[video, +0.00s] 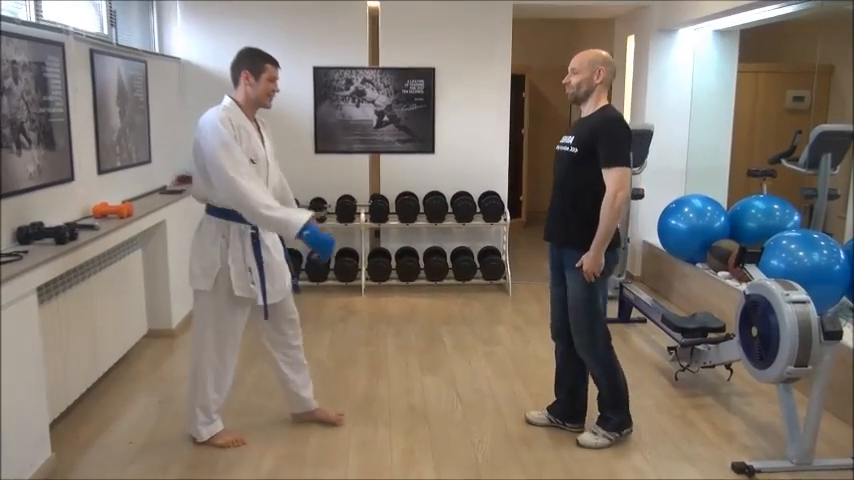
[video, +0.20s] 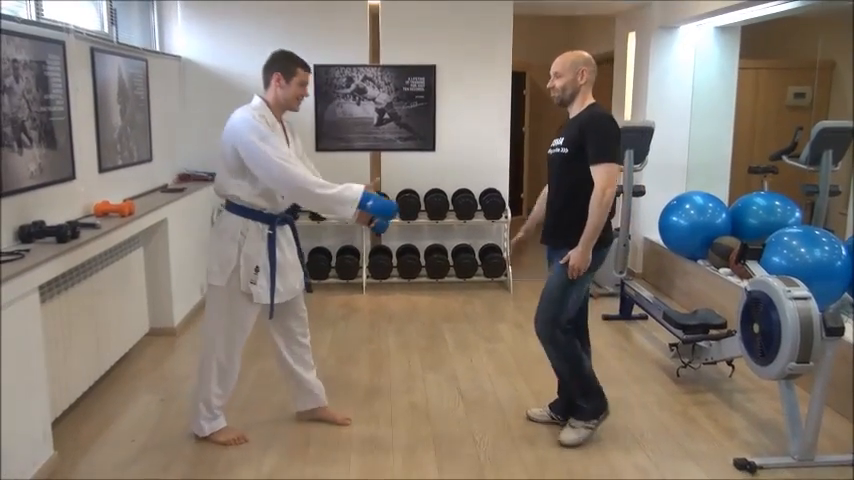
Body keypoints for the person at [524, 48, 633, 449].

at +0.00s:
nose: (566, 79)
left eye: (573, 72)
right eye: (567, 73)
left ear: (599, 75)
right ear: (592, 77)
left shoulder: (610, 123)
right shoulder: (582, 123)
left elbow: (618, 192)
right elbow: (576, 185)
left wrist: (597, 250)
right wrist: (560, 236)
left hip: (587, 248)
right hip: (562, 243)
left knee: (589, 337)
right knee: (565, 334)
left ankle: (616, 420)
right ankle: (567, 411)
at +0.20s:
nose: (550, 83)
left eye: (557, 76)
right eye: (550, 77)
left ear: (583, 75)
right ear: (576, 77)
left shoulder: (597, 120)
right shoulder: (569, 125)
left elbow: (606, 187)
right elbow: (554, 187)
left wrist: (584, 247)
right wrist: (529, 227)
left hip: (582, 247)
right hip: (560, 243)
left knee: (549, 323)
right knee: (572, 327)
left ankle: (591, 407)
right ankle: (567, 406)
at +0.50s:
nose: (521, 87)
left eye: (527, 80)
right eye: (521, 80)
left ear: (553, 81)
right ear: (548, 82)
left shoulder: (574, 123)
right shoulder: (544, 123)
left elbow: (531, 183)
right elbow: (504, 166)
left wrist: (470, 204)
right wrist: (456, 186)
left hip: (580, 243)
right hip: (563, 241)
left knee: (549, 334)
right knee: (569, 325)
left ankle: (535, 424)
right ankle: (573, 406)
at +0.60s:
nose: (507, 91)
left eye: (512, 83)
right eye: (507, 83)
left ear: (538, 85)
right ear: (537, 86)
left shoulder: (559, 125)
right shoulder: (537, 121)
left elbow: (505, 181)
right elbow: (496, 167)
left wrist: (449, 190)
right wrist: (450, 188)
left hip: (575, 243)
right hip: (566, 240)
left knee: (548, 335)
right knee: (569, 323)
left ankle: (535, 423)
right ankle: (572, 405)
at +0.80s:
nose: (478, 97)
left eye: (483, 89)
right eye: (479, 89)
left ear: (507, 90)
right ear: (510, 90)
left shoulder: (529, 129)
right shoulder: (530, 122)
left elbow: (490, 194)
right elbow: (488, 173)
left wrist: (439, 184)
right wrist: (438, 176)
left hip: (567, 236)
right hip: (577, 231)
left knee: (544, 328)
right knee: (569, 317)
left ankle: (535, 416)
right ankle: (572, 399)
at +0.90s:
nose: (472, 96)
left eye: (476, 88)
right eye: (472, 88)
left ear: (500, 88)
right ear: (503, 88)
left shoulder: (523, 126)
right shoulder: (526, 120)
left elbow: (482, 190)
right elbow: (477, 172)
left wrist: (428, 192)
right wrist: (428, 183)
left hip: (564, 233)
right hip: (576, 228)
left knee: (543, 326)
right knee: (570, 316)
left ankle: (535, 413)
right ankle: (572, 395)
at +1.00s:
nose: (466, 94)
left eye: (470, 86)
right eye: (466, 86)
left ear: (495, 86)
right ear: (498, 87)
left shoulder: (519, 124)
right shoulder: (521, 118)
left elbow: (483, 191)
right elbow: (480, 173)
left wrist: (430, 183)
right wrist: (432, 177)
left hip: (564, 230)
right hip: (576, 224)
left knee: (541, 320)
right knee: (570, 312)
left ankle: (535, 409)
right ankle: (572, 391)